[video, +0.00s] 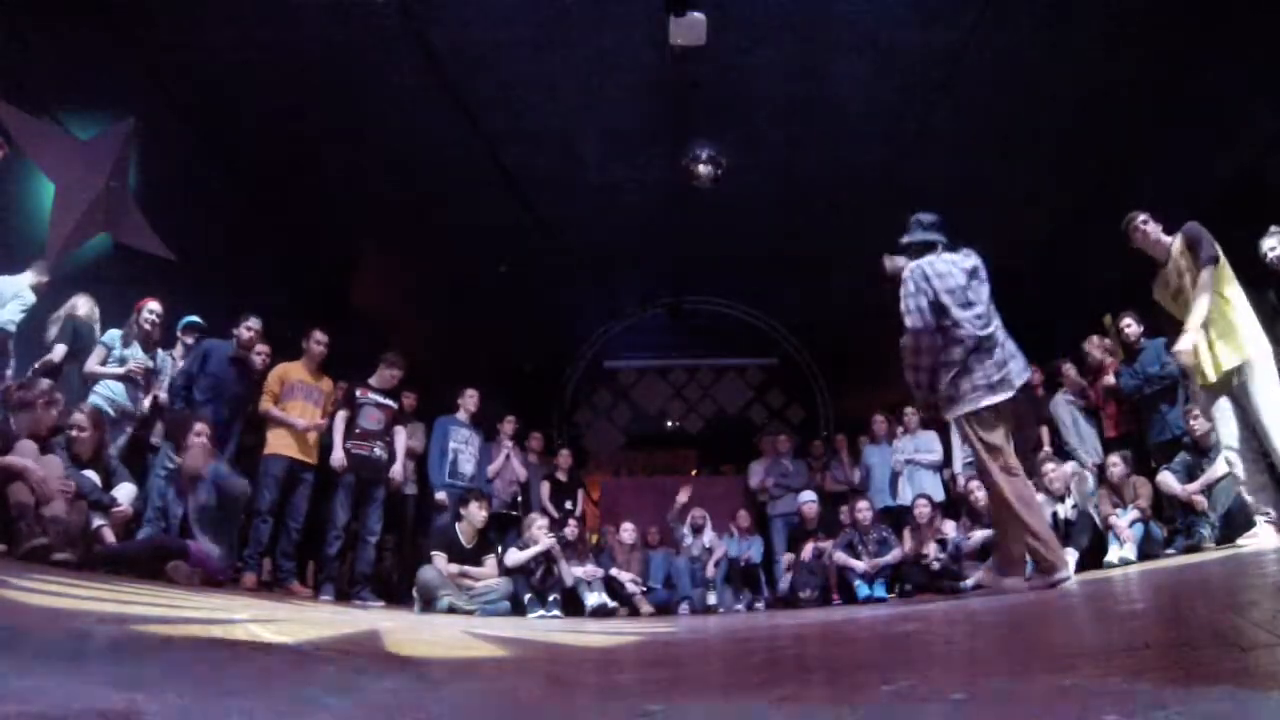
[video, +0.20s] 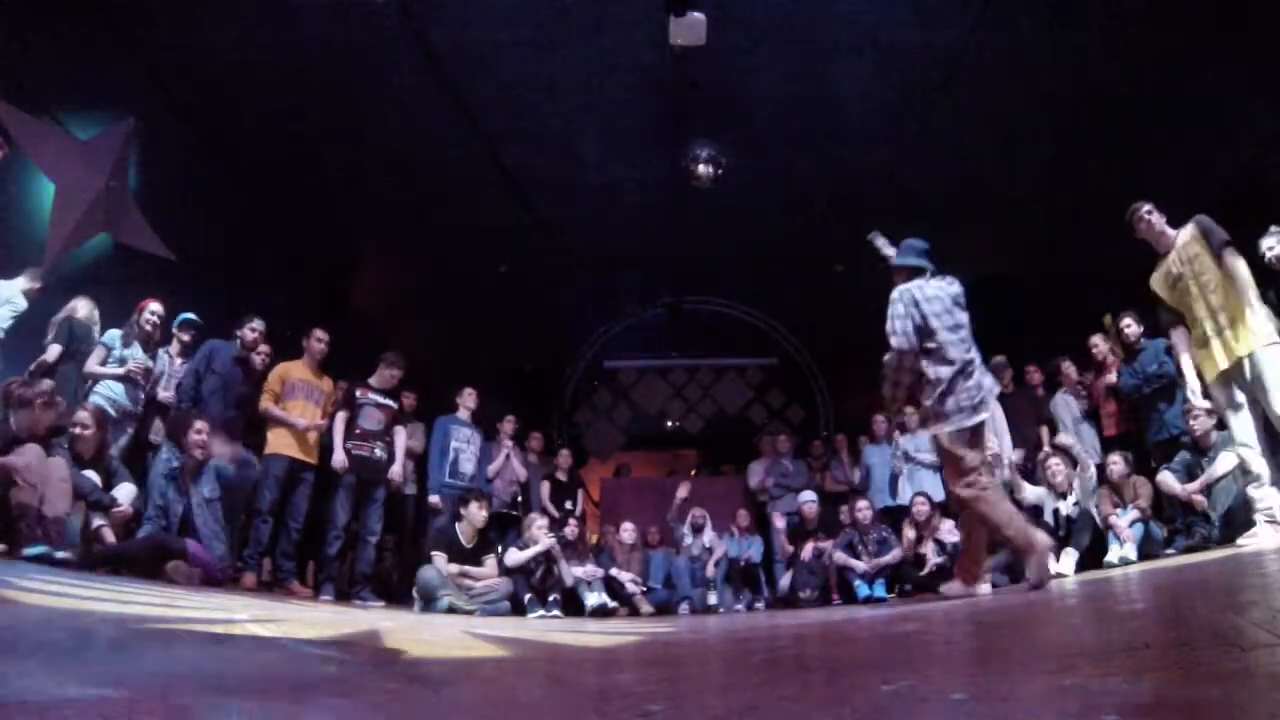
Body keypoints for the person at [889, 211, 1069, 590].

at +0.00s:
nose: (908, 254)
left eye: (910, 249)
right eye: (907, 249)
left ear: (916, 248)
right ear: (942, 242)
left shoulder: (915, 275)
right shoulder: (970, 260)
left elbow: (920, 334)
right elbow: (945, 271)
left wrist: (921, 388)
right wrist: (907, 267)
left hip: (967, 385)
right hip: (1004, 373)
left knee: (1005, 473)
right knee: (1001, 472)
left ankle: (1053, 559)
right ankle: (1008, 564)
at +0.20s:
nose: (897, 275)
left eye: (899, 271)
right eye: (898, 270)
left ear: (904, 271)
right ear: (927, 267)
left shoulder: (903, 295)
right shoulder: (952, 285)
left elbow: (904, 352)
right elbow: (924, 275)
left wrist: (895, 399)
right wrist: (898, 258)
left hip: (947, 401)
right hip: (978, 393)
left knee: (966, 483)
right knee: (976, 482)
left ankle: (1034, 543)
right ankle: (971, 576)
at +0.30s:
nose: (892, 283)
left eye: (893, 280)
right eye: (892, 280)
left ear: (898, 280)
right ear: (920, 276)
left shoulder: (898, 301)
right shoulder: (943, 296)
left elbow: (894, 357)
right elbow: (911, 294)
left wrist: (882, 413)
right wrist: (873, 279)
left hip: (927, 405)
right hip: (963, 400)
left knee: (928, 487)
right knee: (958, 485)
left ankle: (986, 531)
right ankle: (971, 575)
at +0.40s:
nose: (878, 297)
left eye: (880, 292)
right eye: (878, 293)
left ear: (891, 291)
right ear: (911, 289)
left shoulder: (894, 313)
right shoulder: (934, 308)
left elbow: (886, 367)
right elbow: (887, 310)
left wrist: (878, 414)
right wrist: (845, 312)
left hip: (915, 424)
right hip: (949, 422)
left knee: (906, 497)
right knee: (947, 498)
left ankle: (961, 543)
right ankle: (974, 576)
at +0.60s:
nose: (852, 308)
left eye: (855, 301)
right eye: (851, 302)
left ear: (869, 301)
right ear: (883, 302)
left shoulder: (876, 324)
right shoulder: (900, 324)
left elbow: (879, 369)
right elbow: (851, 320)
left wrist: (879, 416)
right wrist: (811, 312)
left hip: (891, 432)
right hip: (918, 431)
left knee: (871, 509)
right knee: (933, 507)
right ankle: (970, 575)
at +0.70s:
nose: (833, 309)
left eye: (837, 305)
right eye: (834, 305)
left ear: (851, 308)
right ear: (863, 307)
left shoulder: (860, 328)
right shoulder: (875, 328)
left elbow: (874, 367)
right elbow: (832, 314)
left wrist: (884, 407)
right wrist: (804, 293)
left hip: (874, 434)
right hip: (900, 430)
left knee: (863, 514)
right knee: (925, 504)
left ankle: (843, 590)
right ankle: (966, 571)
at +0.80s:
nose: (816, 315)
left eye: (820, 310)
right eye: (818, 310)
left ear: (832, 313)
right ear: (841, 313)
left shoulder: (842, 336)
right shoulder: (851, 335)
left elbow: (861, 372)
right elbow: (817, 319)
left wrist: (878, 408)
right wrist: (796, 291)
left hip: (851, 440)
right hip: (872, 436)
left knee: (845, 519)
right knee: (898, 502)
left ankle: (841, 593)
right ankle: (954, 558)